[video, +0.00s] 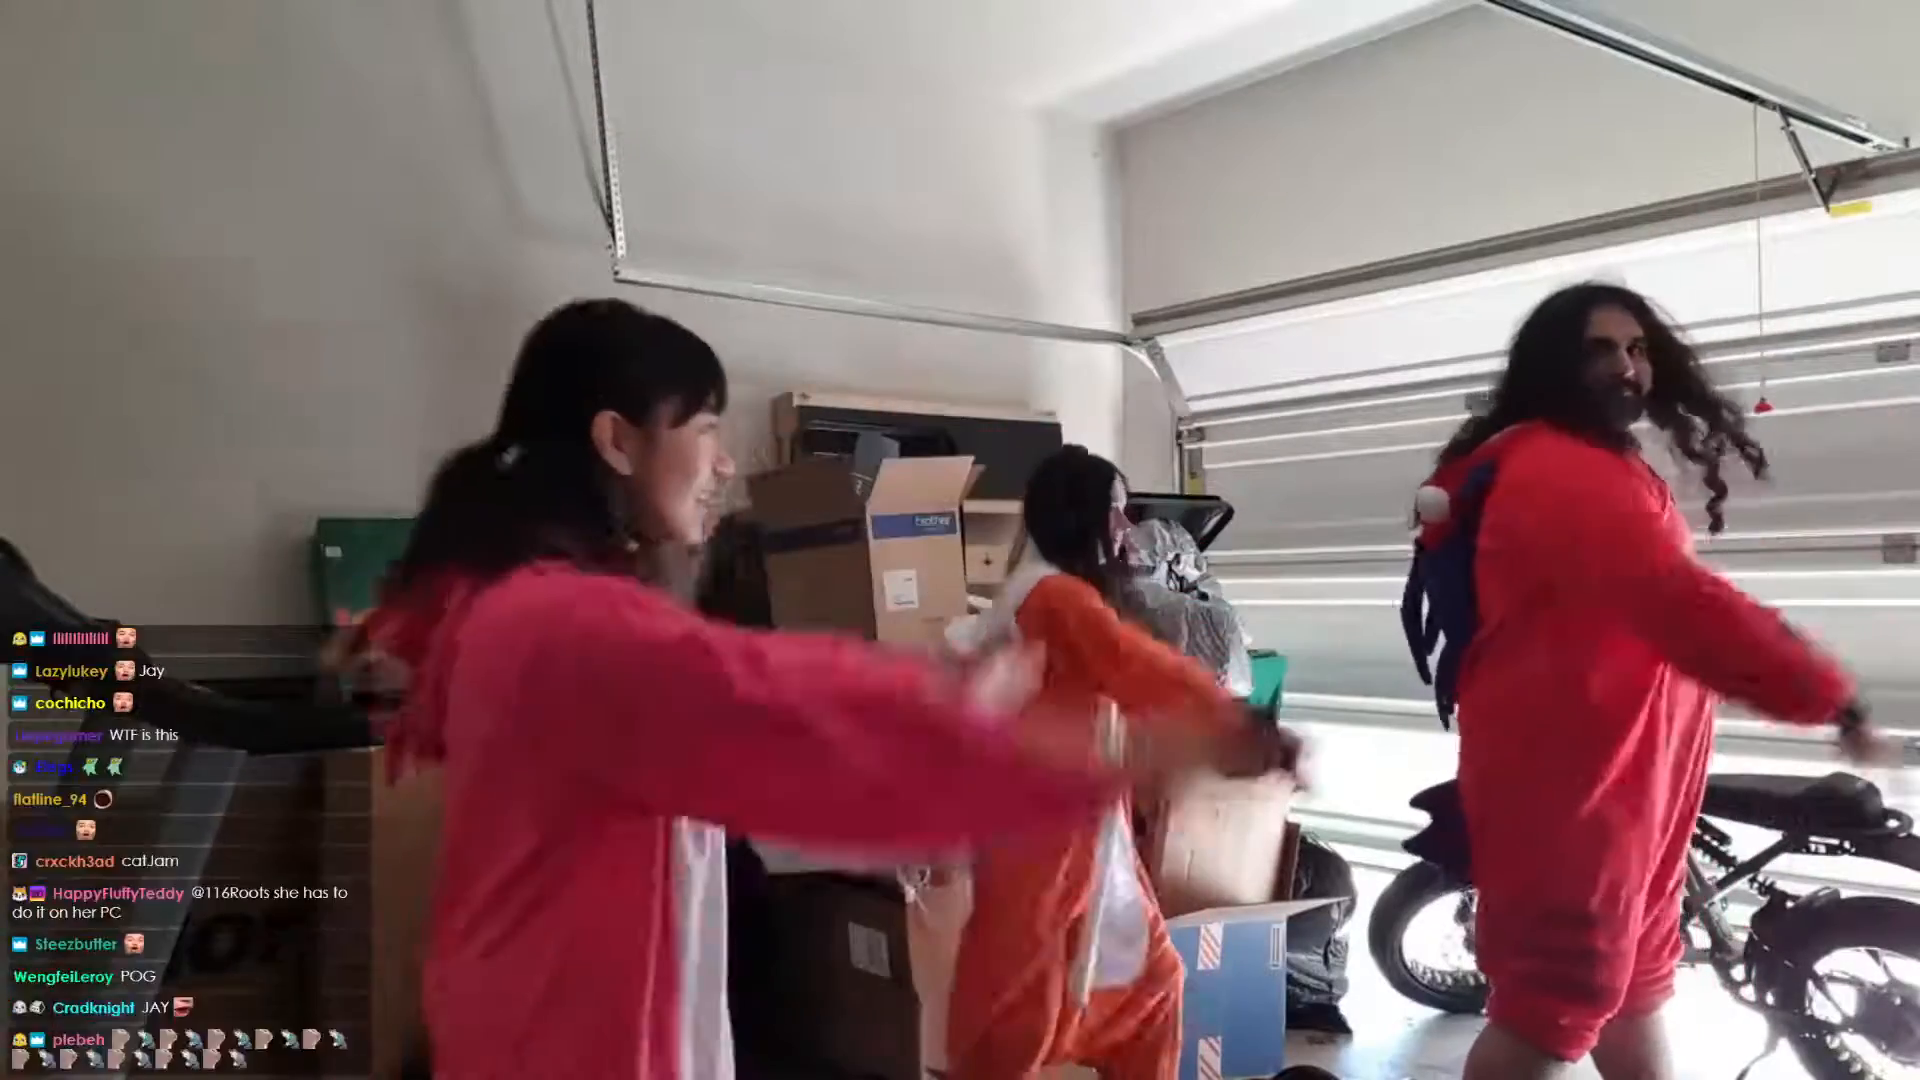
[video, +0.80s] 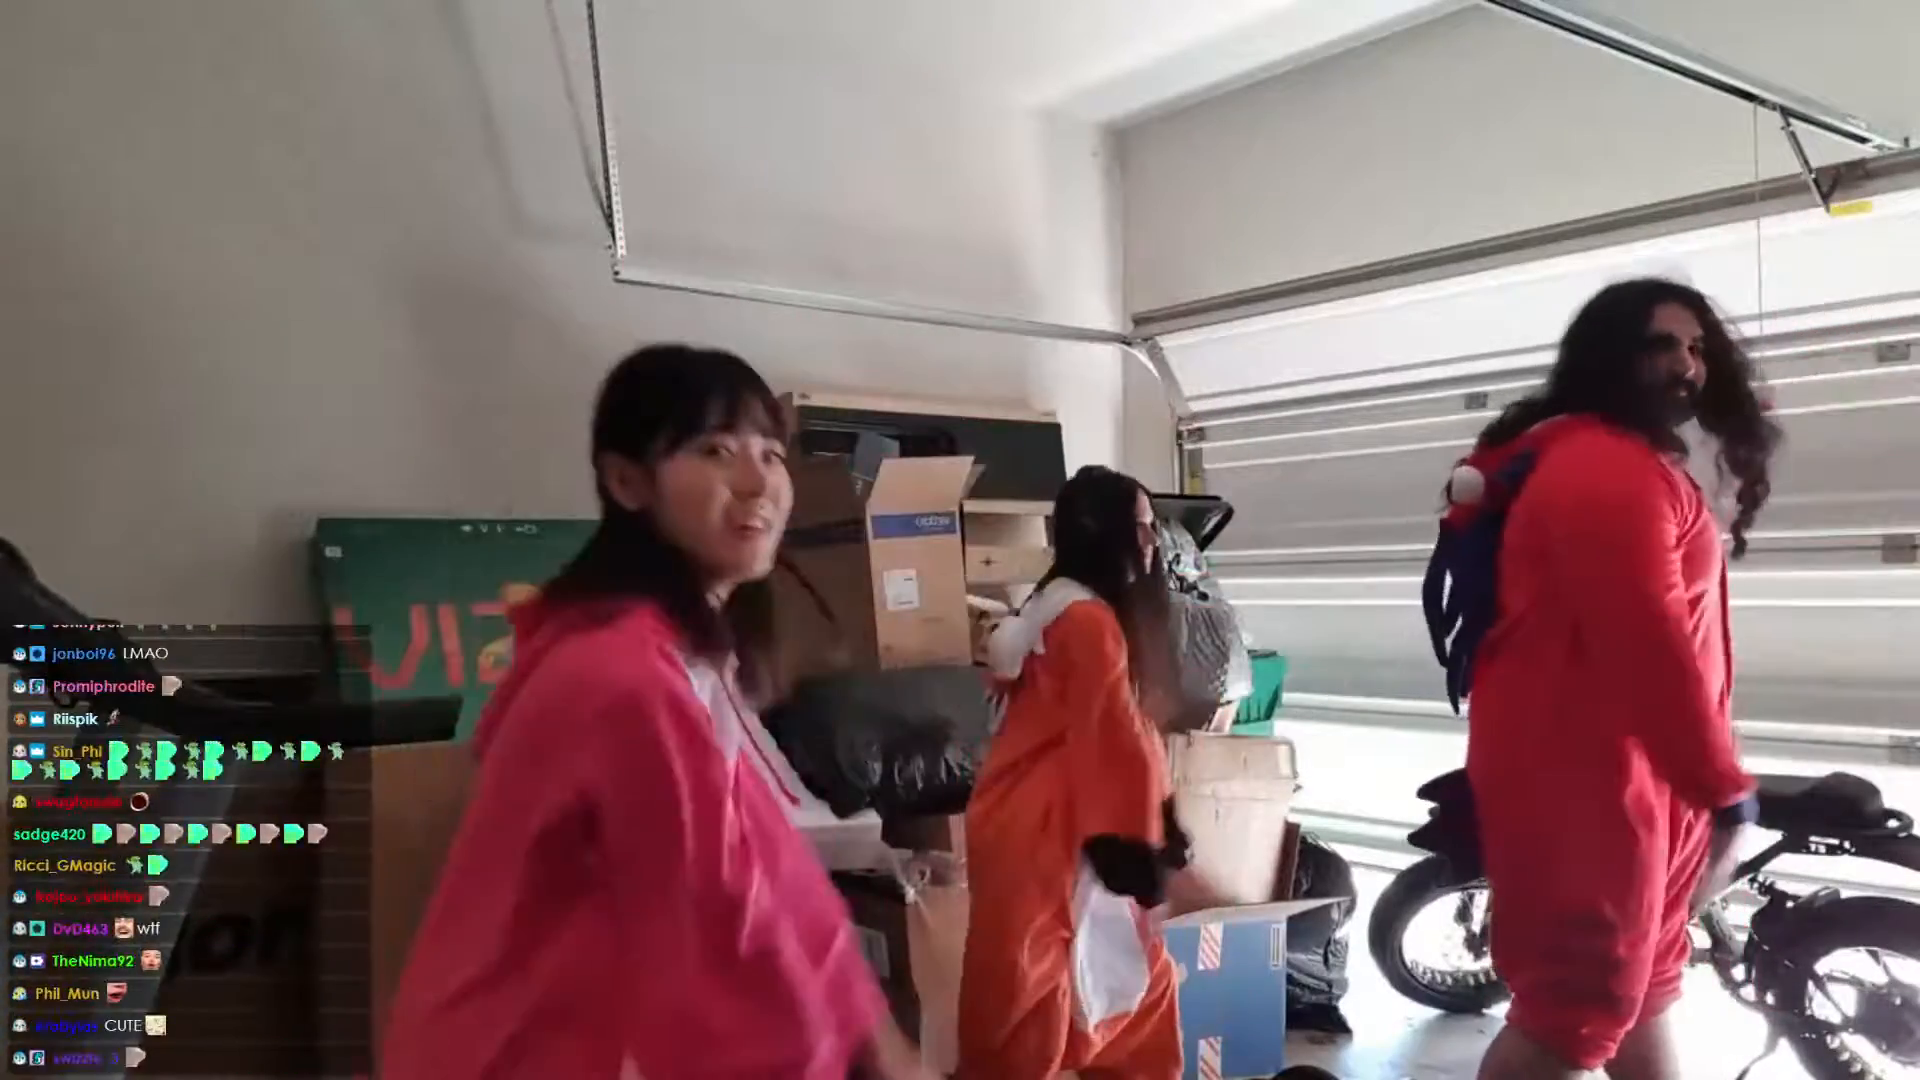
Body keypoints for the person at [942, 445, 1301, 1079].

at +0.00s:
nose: (1130, 531)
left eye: (1129, 513)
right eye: (1121, 513)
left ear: (1048, 517)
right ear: (1090, 518)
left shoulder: (1064, 592)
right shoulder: (1055, 594)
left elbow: (1152, 679)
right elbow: (1141, 672)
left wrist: (1237, 727)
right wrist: (1245, 725)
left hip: (1095, 823)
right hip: (1048, 826)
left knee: (1151, 976)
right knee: (1018, 993)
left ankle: (1144, 1074)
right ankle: (989, 1071)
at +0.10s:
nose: (1118, 529)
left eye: (1120, 513)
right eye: (1107, 513)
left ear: (1044, 520)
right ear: (1073, 518)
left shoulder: (1074, 597)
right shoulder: (1051, 595)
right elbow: (1154, 595)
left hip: (1127, 808)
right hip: (1074, 817)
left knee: (1173, 970)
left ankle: (1155, 1069)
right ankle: (988, 1059)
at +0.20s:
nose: (1123, 541)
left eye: (1123, 528)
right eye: (1113, 528)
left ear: (1053, 529)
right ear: (1084, 530)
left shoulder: (1089, 608)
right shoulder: (1062, 606)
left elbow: (974, 683)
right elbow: (1161, 568)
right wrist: (1231, 465)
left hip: (1153, 823)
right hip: (1098, 831)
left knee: (1192, 975)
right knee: (1073, 998)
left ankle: (1158, 1069)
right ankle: (1005, 1064)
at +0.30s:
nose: (1141, 538)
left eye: (1137, 523)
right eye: (1127, 523)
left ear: (1057, 541)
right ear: (1103, 539)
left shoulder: (1093, 621)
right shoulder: (1071, 626)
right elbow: (1153, 556)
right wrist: (1174, 446)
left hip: (1156, 822)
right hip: (1105, 835)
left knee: (1219, 979)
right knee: (1100, 1033)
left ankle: (1168, 1075)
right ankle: (1016, 1070)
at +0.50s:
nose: (1140, 525)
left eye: (1143, 510)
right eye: (1129, 509)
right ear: (1088, 509)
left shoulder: (1097, 589)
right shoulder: (1052, 583)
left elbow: (1168, 629)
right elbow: (1135, 619)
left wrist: (1255, 639)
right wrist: (1216, 596)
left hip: (1119, 801)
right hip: (1054, 800)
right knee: (1041, 1001)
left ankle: (1157, 1067)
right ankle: (998, 1069)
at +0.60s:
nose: (1149, 540)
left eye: (1152, 526)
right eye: (1138, 526)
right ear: (1098, 530)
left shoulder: (1092, 606)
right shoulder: (1073, 610)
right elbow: (1154, 691)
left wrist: (1210, 745)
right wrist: (1200, 784)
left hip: (1082, 835)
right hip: (1025, 834)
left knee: (1123, 984)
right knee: (1015, 999)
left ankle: (1140, 1067)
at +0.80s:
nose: (1154, 541)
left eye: (1152, 527)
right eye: (1146, 528)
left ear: (1076, 533)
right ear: (1116, 536)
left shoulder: (1054, 602)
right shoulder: (1089, 620)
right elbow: (1113, 743)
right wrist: (1147, 853)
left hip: (1015, 816)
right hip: (1041, 829)